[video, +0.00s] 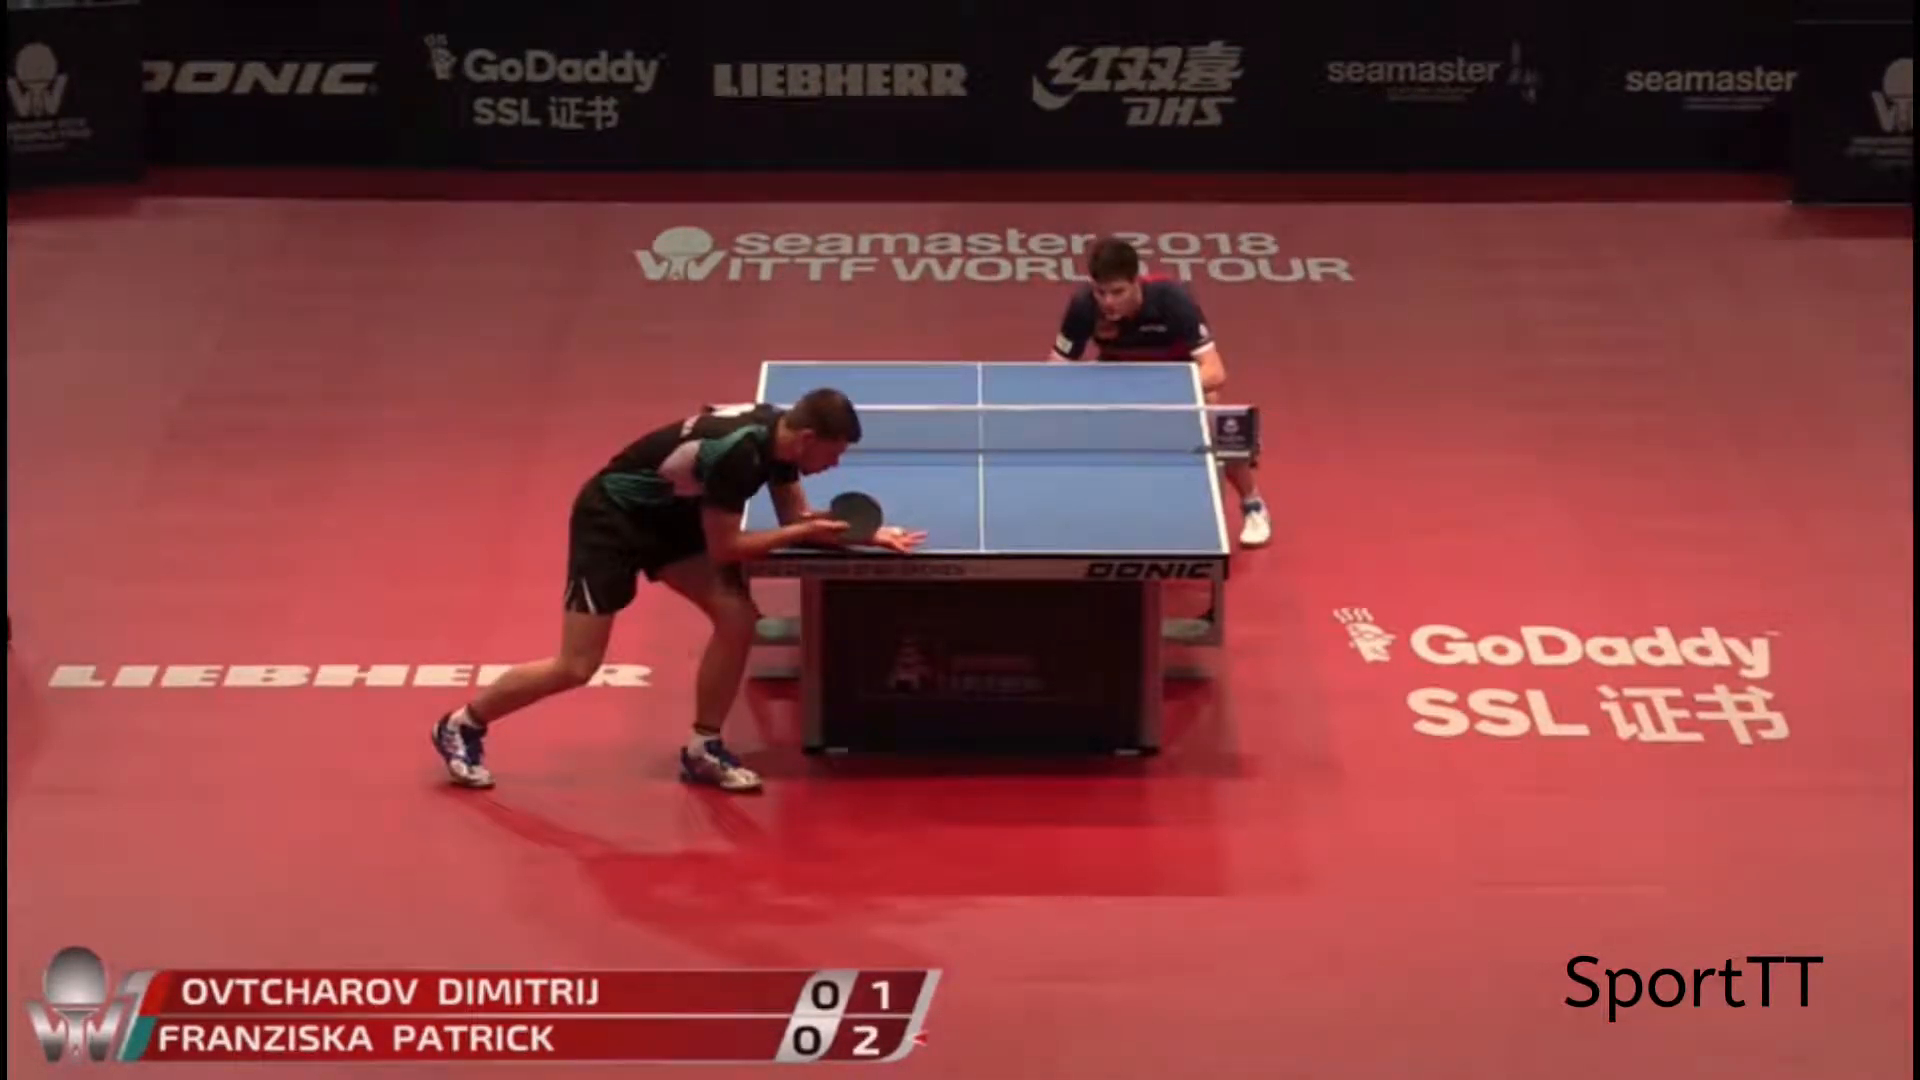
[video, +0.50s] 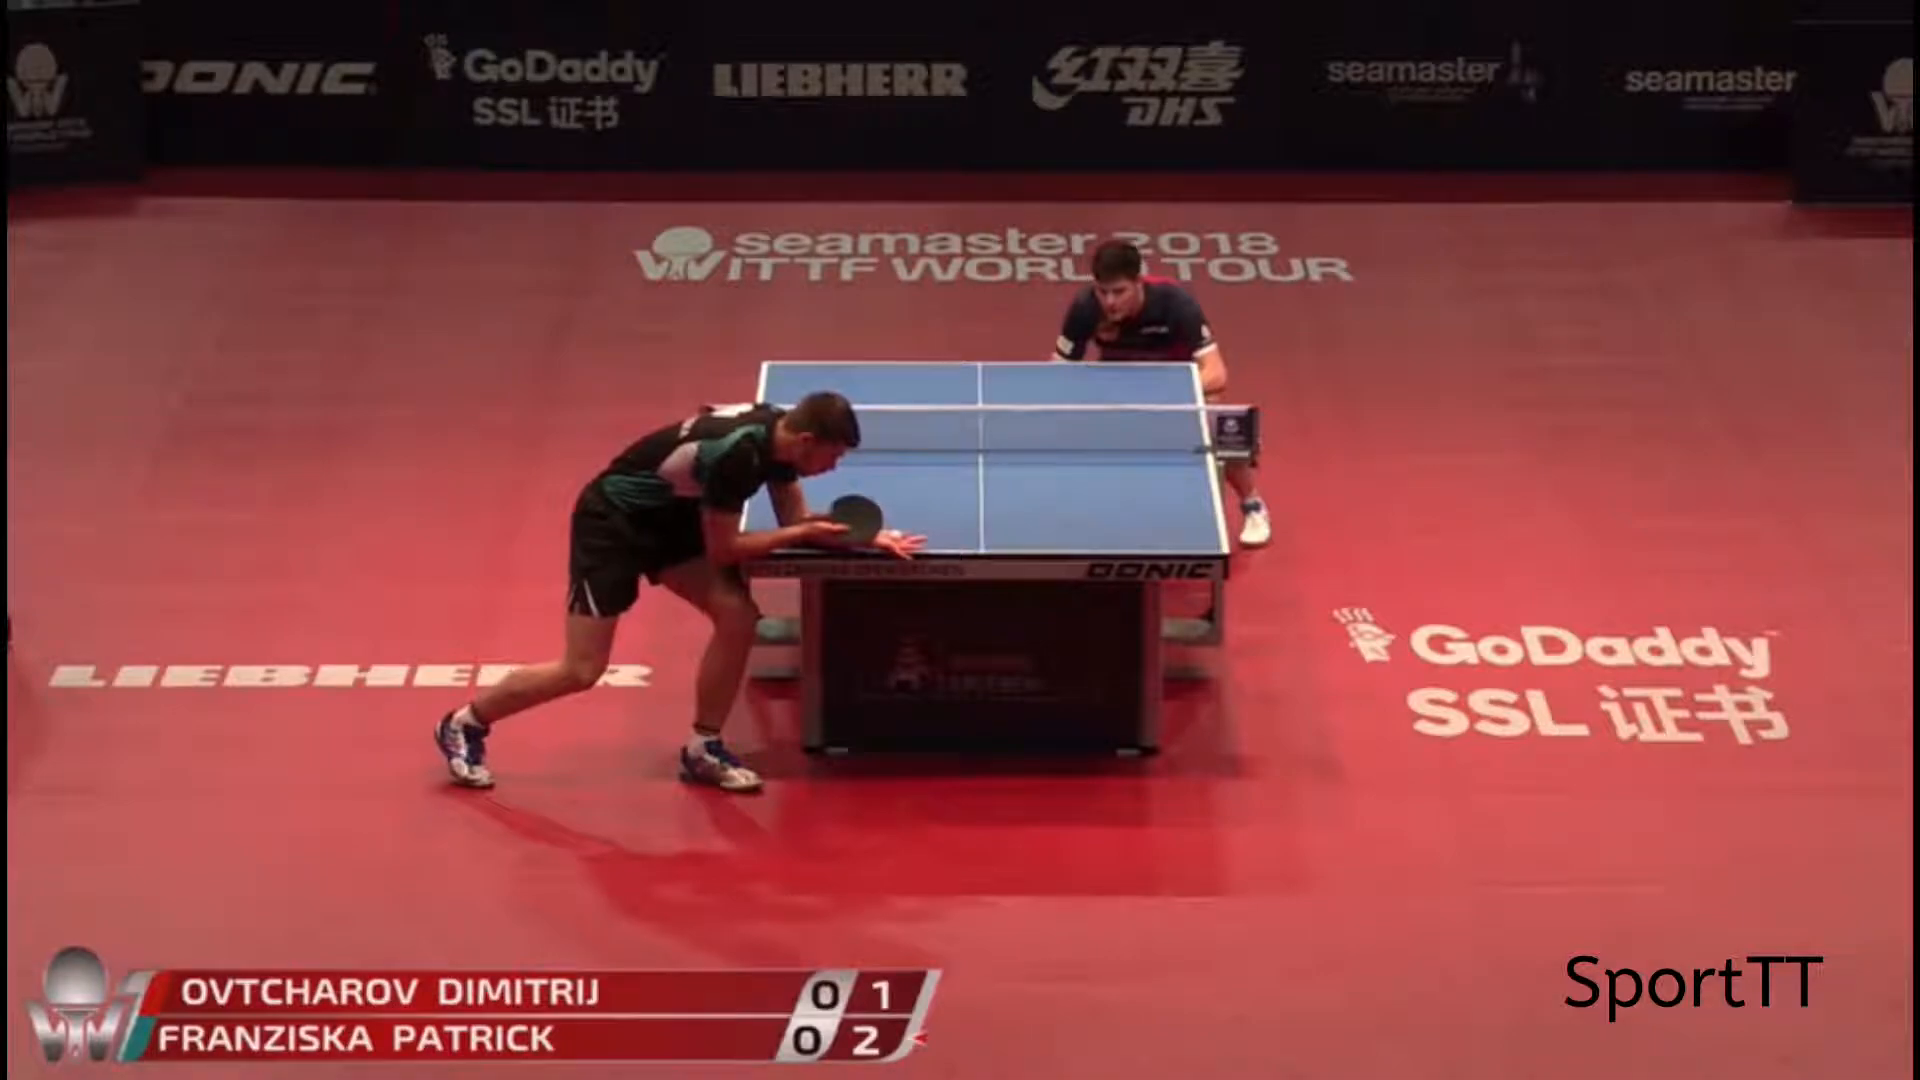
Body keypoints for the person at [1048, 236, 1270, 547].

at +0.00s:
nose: (1107, 303)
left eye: (1117, 292)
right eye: (1100, 293)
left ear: (1137, 282)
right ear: (1092, 285)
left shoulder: (1172, 300)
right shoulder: (1085, 305)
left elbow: (1215, 372)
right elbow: (1054, 372)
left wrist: (1163, 389)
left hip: (1177, 385)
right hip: (1115, 386)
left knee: (1212, 415)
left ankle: (1252, 504)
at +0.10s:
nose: (1108, 303)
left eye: (1117, 293)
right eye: (1101, 294)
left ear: (1138, 283)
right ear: (1093, 287)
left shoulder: (1172, 301)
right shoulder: (1085, 305)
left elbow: (1215, 372)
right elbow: (1055, 372)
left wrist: (1166, 392)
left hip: (1177, 386)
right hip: (1115, 388)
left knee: (1216, 424)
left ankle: (1252, 504)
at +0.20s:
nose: (1109, 304)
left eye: (1118, 294)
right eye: (1101, 294)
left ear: (1139, 284)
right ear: (1093, 287)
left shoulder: (1173, 301)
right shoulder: (1085, 306)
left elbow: (1215, 373)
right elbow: (1054, 372)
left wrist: (1167, 394)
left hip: (1177, 388)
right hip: (1116, 389)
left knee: (1219, 426)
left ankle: (1252, 504)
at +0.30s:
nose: (1109, 305)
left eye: (1118, 294)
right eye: (1102, 295)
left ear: (1139, 283)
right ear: (1094, 287)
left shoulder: (1174, 302)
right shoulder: (1085, 308)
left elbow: (1215, 375)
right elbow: (1057, 374)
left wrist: (1165, 394)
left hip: (1176, 393)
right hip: (1116, 395)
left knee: (1219, 428)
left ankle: (1252, 504)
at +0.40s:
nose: (1110, 304)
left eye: (1118, 294)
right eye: (1102, 294)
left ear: (1139, 283)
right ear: (1094, 287)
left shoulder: (1175, 302)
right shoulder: (1085, 308)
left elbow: (1215, 375)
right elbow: (1057, 373)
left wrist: (1165, 394)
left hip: (1176, 393)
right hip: (1116, 395)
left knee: (1219, 427)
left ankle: (1252, 504)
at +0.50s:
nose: (1110, 302)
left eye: (1118, 292)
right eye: (1102, 292)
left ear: (1140, 281)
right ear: (1094, 285)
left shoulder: (1175, 303)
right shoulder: (1086, 307)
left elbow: (1216, 374)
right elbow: (1058, 374)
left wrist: (1166, 394)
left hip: (1175, 394)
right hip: (1115, 395)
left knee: (1221, 430)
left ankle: (1252, 505)